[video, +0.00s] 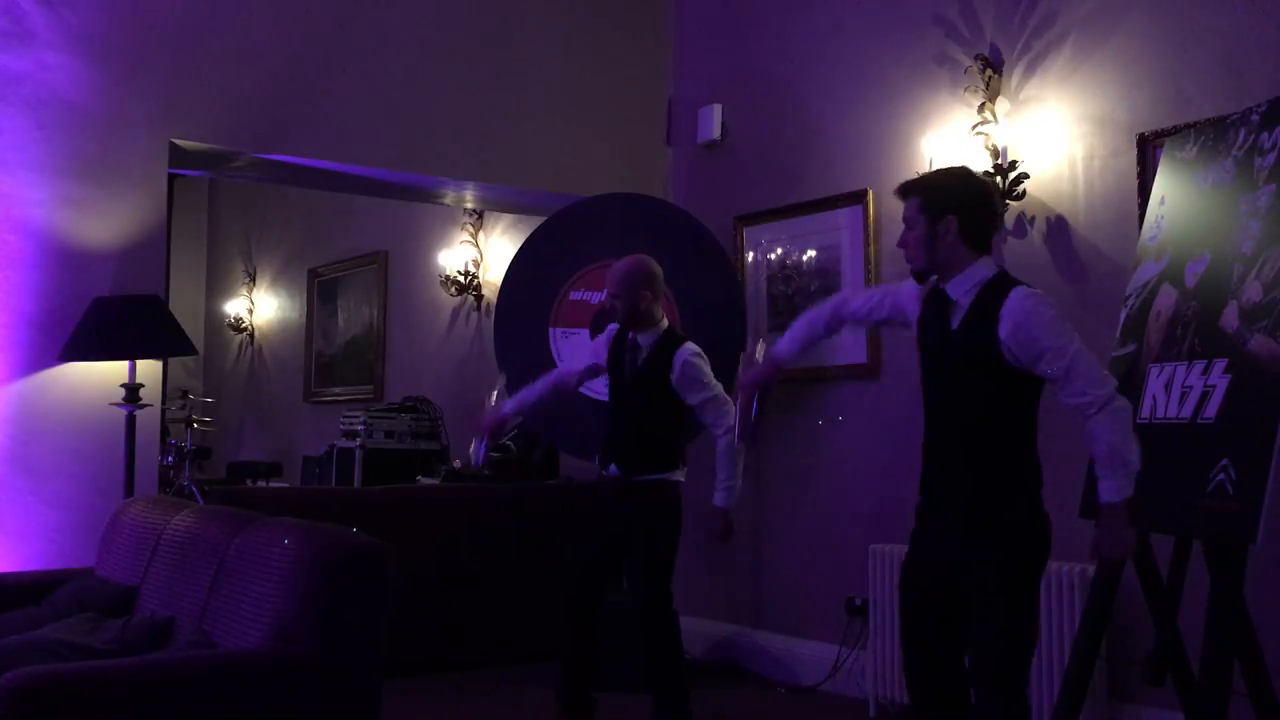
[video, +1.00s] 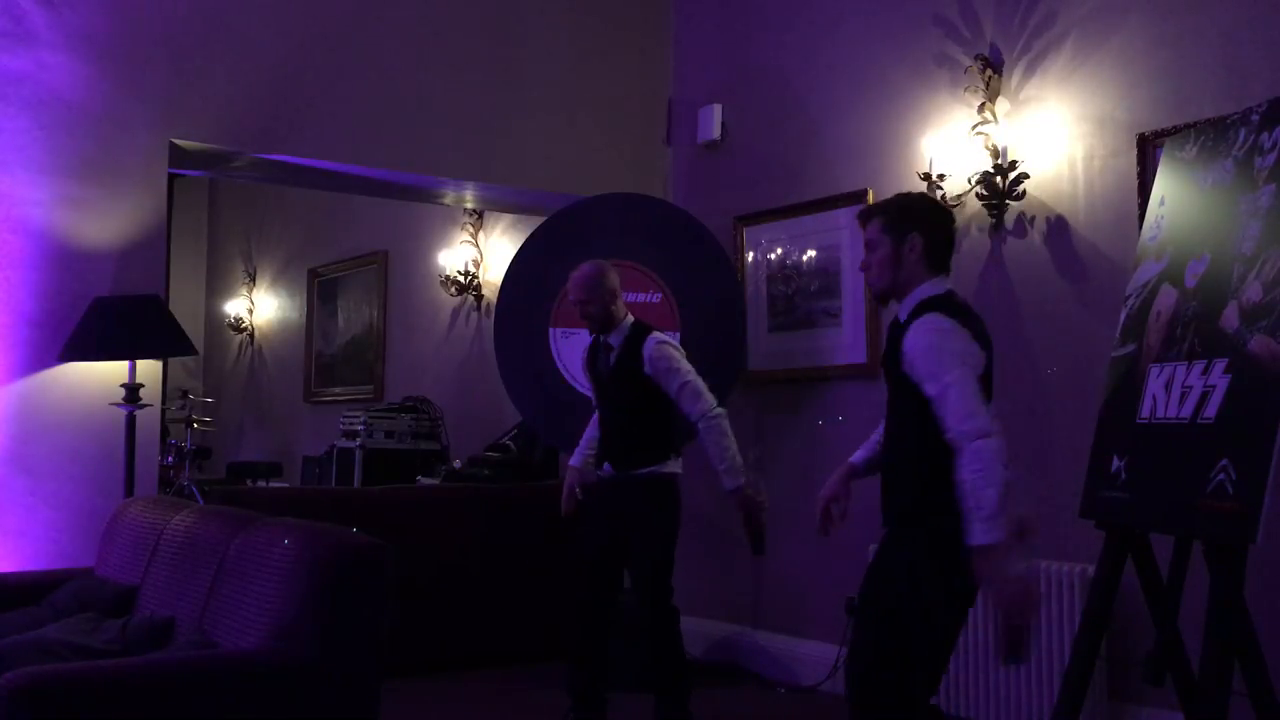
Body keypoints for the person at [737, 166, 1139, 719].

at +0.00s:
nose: (900, 239)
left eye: (910, 225)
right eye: (902, 226)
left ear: (949, 231)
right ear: (945, 233)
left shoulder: (1021, 310)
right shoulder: (921, 300)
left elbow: (1105, 404)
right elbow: (840, 308)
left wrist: (1114, 510)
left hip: (1004, 524)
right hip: (938, 518)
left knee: (997, 683)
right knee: (928, 677)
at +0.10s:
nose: (914, 230)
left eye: (922, 217)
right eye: (917, 217)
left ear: (956, 225)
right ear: (959, 226)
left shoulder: (1021, 306)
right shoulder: (948, 283)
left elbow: (1109, 402)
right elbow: (880, 250)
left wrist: (1099, 495)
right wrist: (809, 288)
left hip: (1002, 518)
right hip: (941, 510)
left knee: (994, 686)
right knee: (909, 667)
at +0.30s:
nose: (933, 222)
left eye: (943, 208)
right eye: (938, 207)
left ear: (971, 218)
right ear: (974, 220)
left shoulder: (1038, 305)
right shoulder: (963, 279)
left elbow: (1124, 402)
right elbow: (913, 275)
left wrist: (1067, 452)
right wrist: (877, 321)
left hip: (998, 512)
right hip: (935, 499)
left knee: (999, 678)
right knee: (884, 636)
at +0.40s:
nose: (940, 226)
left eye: (948, 213)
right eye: (943, 212)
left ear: (979, 224)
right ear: (980, 226)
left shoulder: (1052, 313)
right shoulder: (953, 283)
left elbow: (1114, 416)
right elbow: (909, 337)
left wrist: (1039, 440)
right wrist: (893, 385)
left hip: (999, 515)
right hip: (929, 502)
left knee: (1001, 680)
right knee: (886, 648)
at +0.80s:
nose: (887, 241)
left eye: (897, 227)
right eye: (889, 228)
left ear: (937, 233)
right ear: (934, 235)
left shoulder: (989, 320)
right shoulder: (918, 304)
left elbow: (1085, 406)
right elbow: (897, 381)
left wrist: (1086, 503)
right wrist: (857, 436)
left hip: (970, 530)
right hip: (910, 520)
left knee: (966, 686)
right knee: (875, 668)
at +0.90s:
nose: (873, 250)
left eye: (882, 235)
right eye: (874, 236)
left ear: (922, 238)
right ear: (920, 240)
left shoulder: (954, 321)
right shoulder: (916, 311)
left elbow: (1037, 416)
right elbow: (898, 395)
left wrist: (1062, 528)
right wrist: (849, 450)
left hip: (951, 532)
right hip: (915, 522)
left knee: (915, 684)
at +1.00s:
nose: (864, 262)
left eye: (873, 247)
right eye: (865, 249)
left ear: (912, 249)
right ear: (908, 252)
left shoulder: (929, 332)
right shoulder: (923, 321)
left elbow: (977, 439)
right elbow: (905, 424)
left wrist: (988, 546)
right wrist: (848, 471)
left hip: (928, 549)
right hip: (926, 541)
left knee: (882, 691)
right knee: (889, 689)